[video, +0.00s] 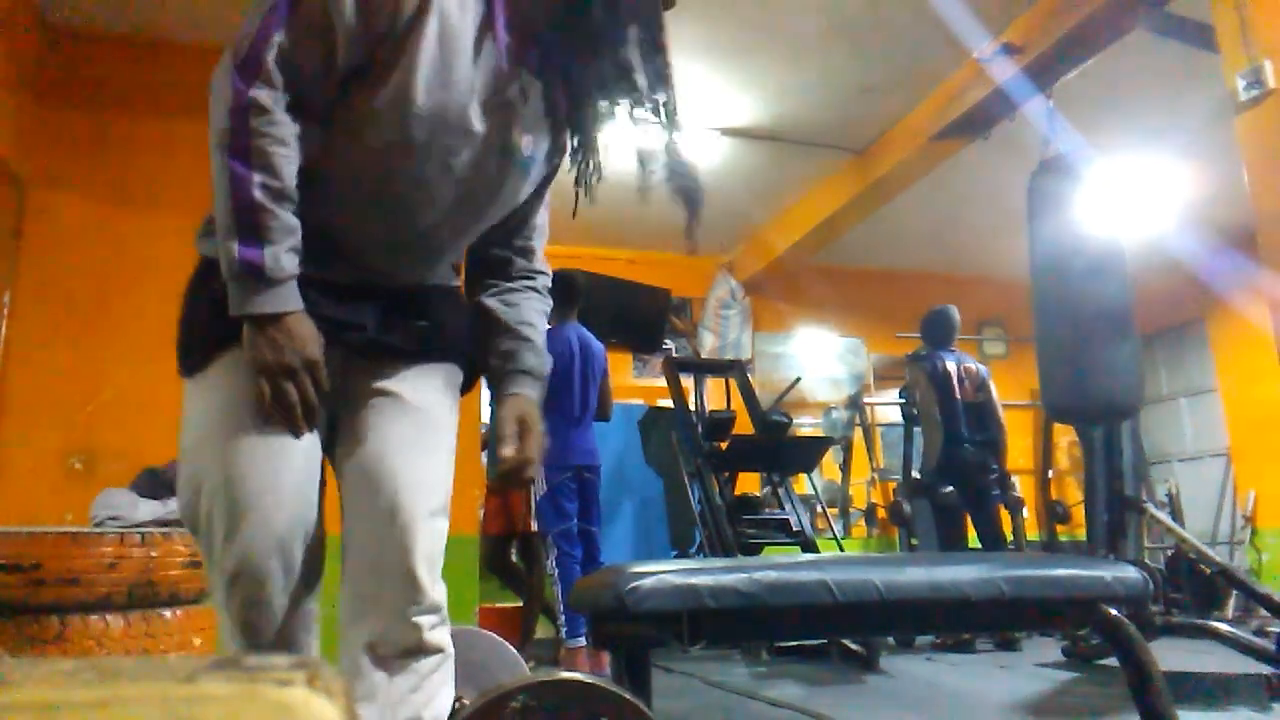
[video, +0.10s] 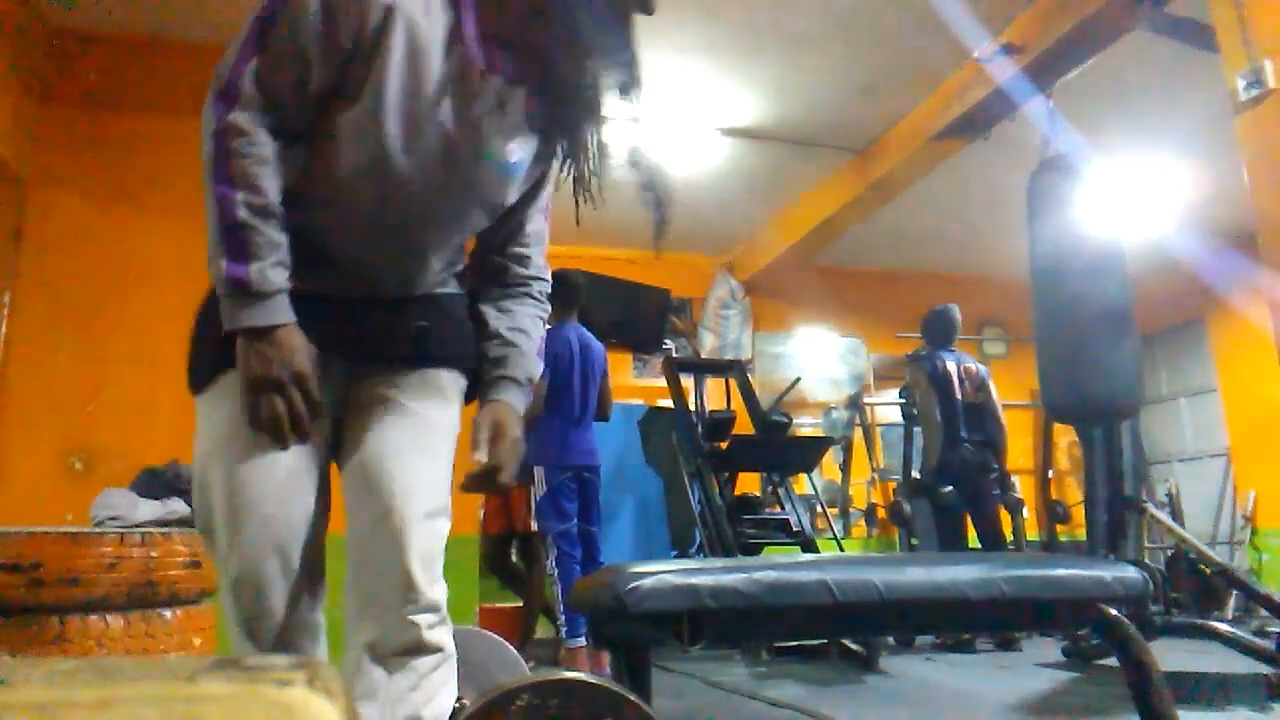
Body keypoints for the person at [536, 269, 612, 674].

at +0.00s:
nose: (550, 307)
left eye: (550, 300)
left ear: (550, 302)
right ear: (579, 302)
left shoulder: (540, 342)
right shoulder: (595, 346)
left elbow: (526, 399)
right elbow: (605, 411)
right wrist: (570, 405)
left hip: (552, 456)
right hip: (588, 454)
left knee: (564, 546)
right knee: (590, 542)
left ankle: (573, 642)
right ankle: (596, 638)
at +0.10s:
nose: (548, 308)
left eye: (550, 300)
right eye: (557, 299)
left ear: (551, 302)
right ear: (580, 304)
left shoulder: (543, 341)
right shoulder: (595, 346)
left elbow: (534, 403)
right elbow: (604, 410)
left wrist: (516, 420)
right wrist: (569, 408)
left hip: (551, 456)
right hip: (587, 454)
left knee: (563, 545)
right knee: (590, 542)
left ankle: (574, 642)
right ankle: (598, 641)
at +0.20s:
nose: (555, 309)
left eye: (554, 300)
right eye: (566, 301)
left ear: (550, 301)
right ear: (580, 303)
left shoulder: (543, 341)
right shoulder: (594, 346)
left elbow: (534, 402)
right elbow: (604, 410)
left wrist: (516, 422)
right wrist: (570, 407)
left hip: (551, 453)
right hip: (586, 451)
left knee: (562, 544)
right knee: (590, 541)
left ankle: (574, 643)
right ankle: (598, 643)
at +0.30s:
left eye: (553, 298)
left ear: (549, 301)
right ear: (578, 302)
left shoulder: (538, 342)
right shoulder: (593, 346)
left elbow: (527, 401)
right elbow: (603, 410)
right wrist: (568, 405)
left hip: (550, 454)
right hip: (586, 451)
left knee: (562, 545)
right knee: (590, 542)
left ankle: (574, 645)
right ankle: (598, 645)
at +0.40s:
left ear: (541, 309)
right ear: (573, 304)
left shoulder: (535, 345)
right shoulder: (592, 346)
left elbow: (529, 402)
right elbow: (603, 410)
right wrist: (567, 403)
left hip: (550, 457)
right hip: (587, 456)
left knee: (562, 549)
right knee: (589, 547)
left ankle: (574, 644)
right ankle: (600, 648)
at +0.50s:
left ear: (544, 314)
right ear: (581, 311)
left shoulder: (537, 348)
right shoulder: (593, 348)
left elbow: (532, 401)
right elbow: (603, 409)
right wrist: (570, 401)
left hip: (552, 452)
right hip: (587, 453)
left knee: (561, 546)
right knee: (589, 544)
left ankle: (574, 645)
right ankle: (598, 646)